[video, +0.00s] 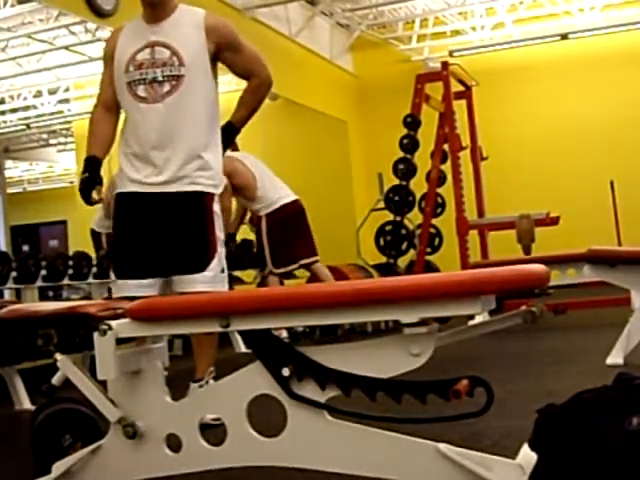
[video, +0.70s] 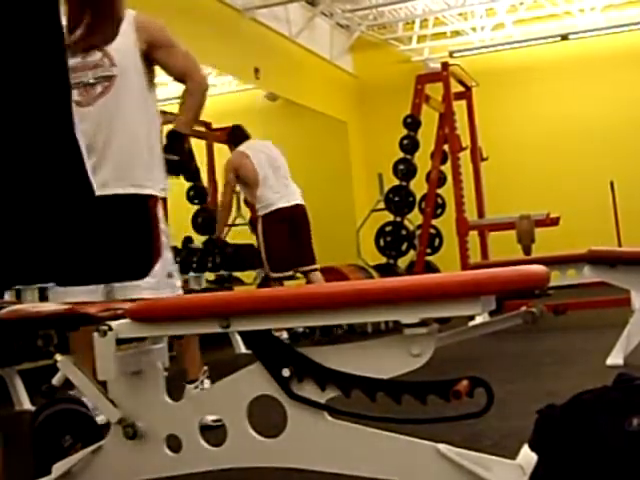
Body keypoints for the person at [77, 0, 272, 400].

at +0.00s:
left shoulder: (209, 29)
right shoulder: (119, 39)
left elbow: (261, 78)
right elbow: (106, 106)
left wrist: (232, 129)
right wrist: (93, 161)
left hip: (193, 179)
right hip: (135, 182)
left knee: (201, 294)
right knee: (135, 297)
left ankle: (203, 383)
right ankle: (143, 387)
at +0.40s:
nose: (92, 10)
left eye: (96, 4)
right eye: (89, 8)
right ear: (98, 2)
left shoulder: (182, 26)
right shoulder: (93, 41)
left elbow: (240, 73)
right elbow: (83, 112)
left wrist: (211, 128)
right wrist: (71, 175)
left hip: (174, 187)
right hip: (113, 191)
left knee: (191, 302)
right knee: (99, 308)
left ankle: (202, 391)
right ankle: (96, 400)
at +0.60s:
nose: (83, 7)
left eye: (93, 2)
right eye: (81, 2)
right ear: (76, 1)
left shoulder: (150, 26)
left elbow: (211, 78)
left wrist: (190, 129)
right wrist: (190, 129)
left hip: (146, 186)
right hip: (86, 191)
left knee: (174, 296)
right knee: (86, 308)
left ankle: (199, 386)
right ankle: (90, 399)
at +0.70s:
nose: (73, 9)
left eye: (78, 4)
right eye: (73, 5)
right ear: (74, 5)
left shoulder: (138, 28)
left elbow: (196, 79)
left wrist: (179, 134)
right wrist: (180, 132)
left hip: (134, 184)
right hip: (82, 189)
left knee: (161, 296)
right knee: (77, 306)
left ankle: (195, 382)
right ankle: (86, 397)